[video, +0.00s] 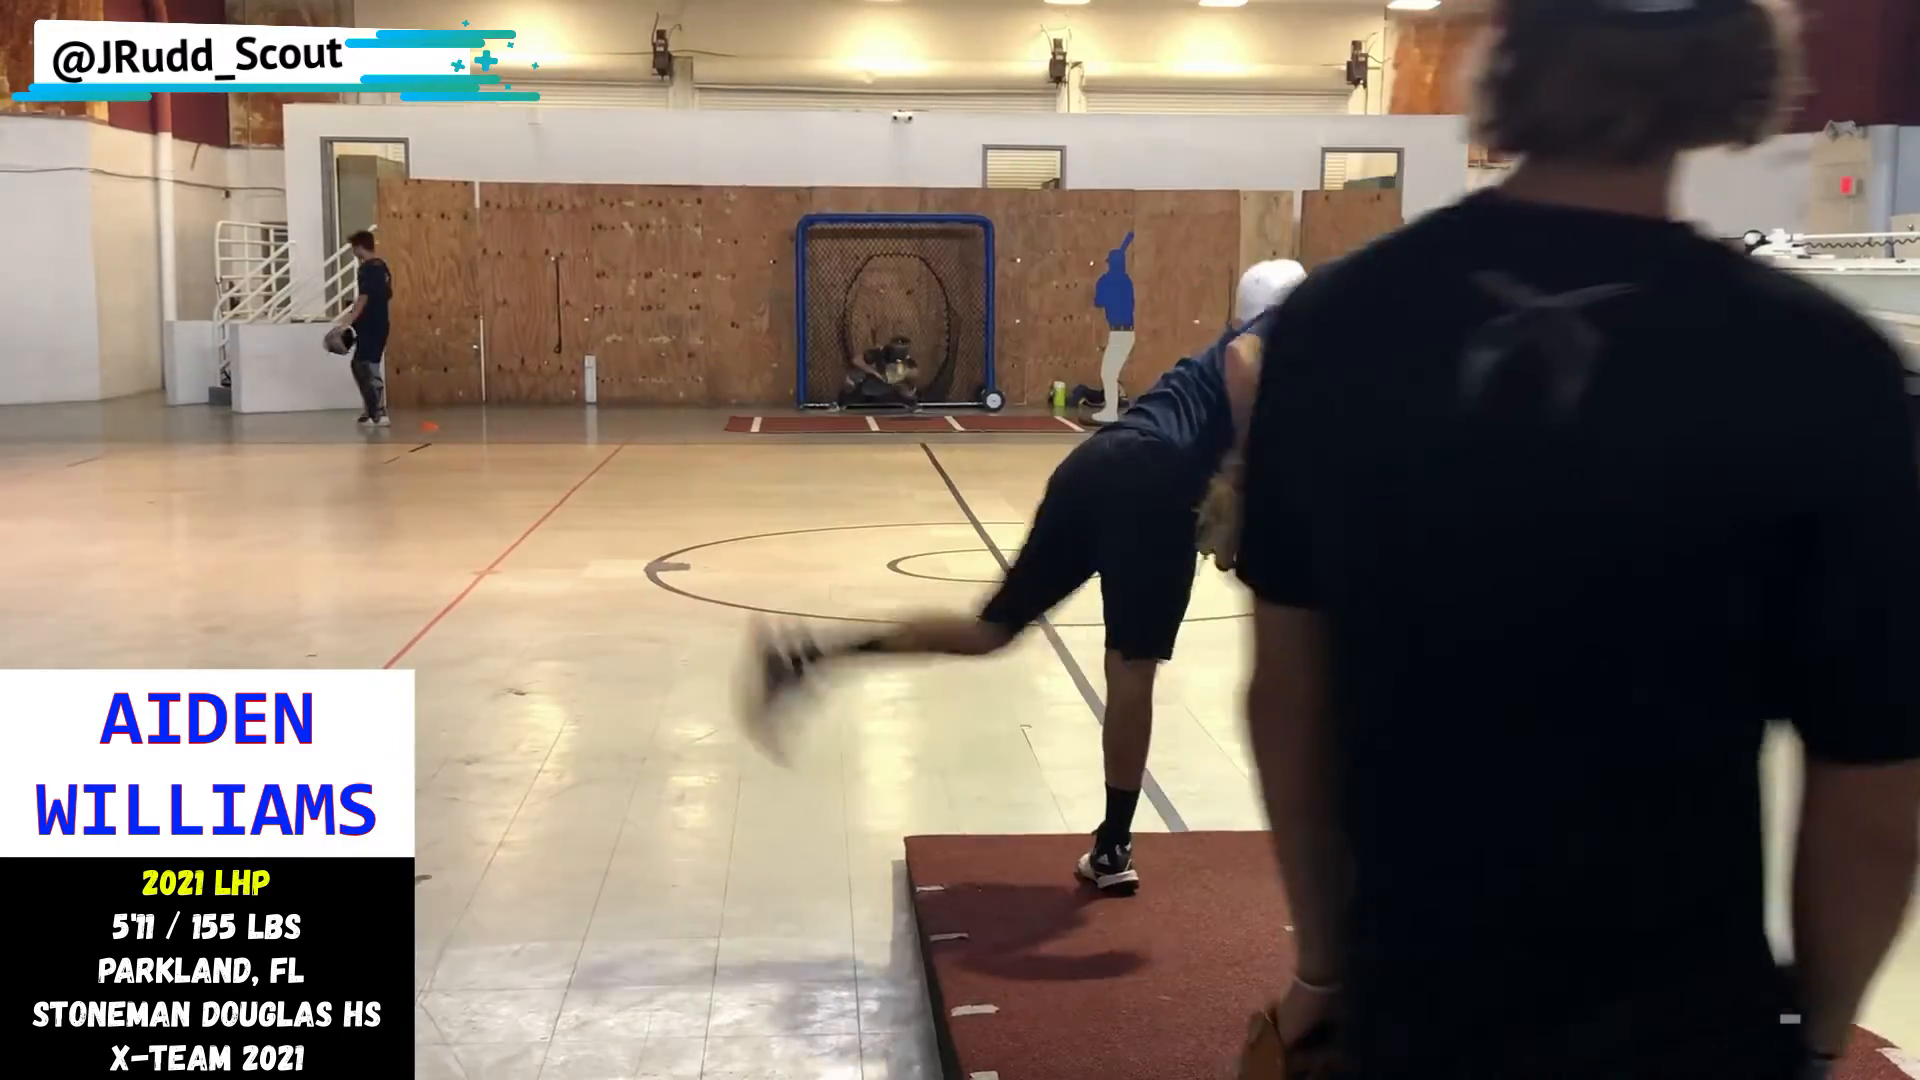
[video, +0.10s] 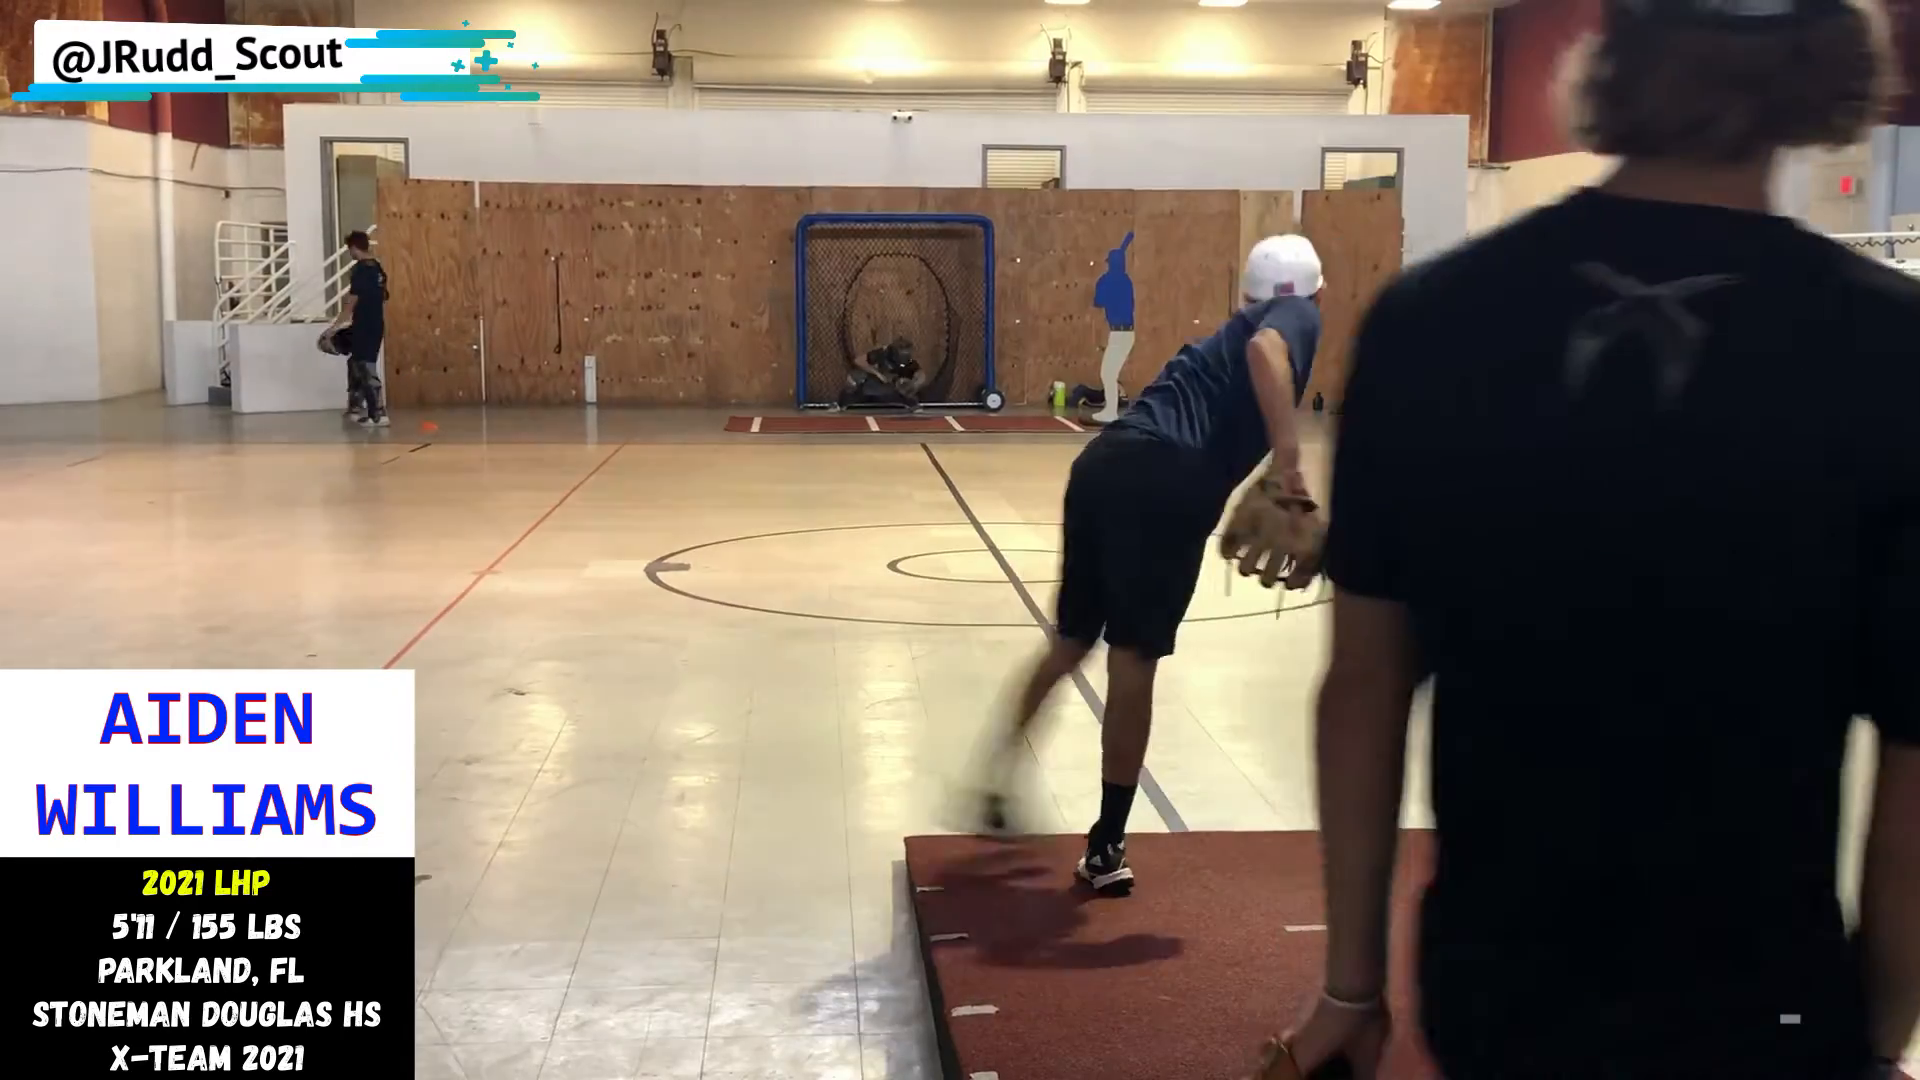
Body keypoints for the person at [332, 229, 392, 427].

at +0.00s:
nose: (354, 252)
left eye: (355, 248)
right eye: (353, 248)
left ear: (361, 247)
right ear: (371, 246)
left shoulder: (366, 269)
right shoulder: (380, 266)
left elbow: (363, 298)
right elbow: (387, 294)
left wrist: (349, 321)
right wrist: (358, 306)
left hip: (370, 324)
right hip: (378, 323)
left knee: (364, 364)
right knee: (361, 364)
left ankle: (378, 410)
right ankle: (371, 409)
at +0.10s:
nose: (349, 253)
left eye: (350, 249)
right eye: (349, 249)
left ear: (355, 248)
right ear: (366, 246)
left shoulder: (360, 270)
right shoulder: (376, 267)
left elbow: (351, 302)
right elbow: (383, 296)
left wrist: (336, 325)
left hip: (364, 324)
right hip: (376, 322)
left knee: (364, 364)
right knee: (355, 363)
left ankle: (377, 412)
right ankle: (355, 405)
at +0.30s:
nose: (341, 252)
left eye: (341, 249)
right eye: (343, 249)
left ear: (343, 249)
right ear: (359, 248)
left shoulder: (345, 270)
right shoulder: (368, 270)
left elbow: (338, 302)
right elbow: (375, 299)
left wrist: (323, 329)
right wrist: (367, 316)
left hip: (349, 322)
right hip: (365, 321)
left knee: (357, 364)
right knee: (349, 364)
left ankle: (375, 411)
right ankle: (340, 408)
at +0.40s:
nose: (339, 250)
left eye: (339, 247)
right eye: (341, 247)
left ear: (339, 247)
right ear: (355, 248)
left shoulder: (338, 270)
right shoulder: (364, 271)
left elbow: (332, 301)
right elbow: (369, 306)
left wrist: (320, 329)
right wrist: (368, 332)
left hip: (342, 325)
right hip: (359, 325)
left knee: (348, 364)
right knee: (346, 365)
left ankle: (371, 407)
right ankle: (339, 408)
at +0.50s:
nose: (337, 250)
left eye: (337, 247)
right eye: (339, 247)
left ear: (337, 247)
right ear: (354, 248)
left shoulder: (333, 268)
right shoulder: (362, 273)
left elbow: (327, 298)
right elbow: (367, 306)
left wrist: (313, 327)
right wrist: (370, 333)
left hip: (335, 326)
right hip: (353, 327)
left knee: (336, 367)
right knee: (344, 367)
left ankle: (362, 403)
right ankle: (339, 409)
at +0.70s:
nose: (330, 250)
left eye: (330, 247)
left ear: (332, 247)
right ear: (349, 247)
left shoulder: (325, 266)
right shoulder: (357, 270)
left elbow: (318, 296)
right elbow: (364, 303)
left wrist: (304, 321)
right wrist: (371, 331)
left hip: (326, 325)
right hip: (347, 326)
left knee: (317, 364)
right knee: (343, 368)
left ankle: (332, 400)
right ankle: (340, 412)